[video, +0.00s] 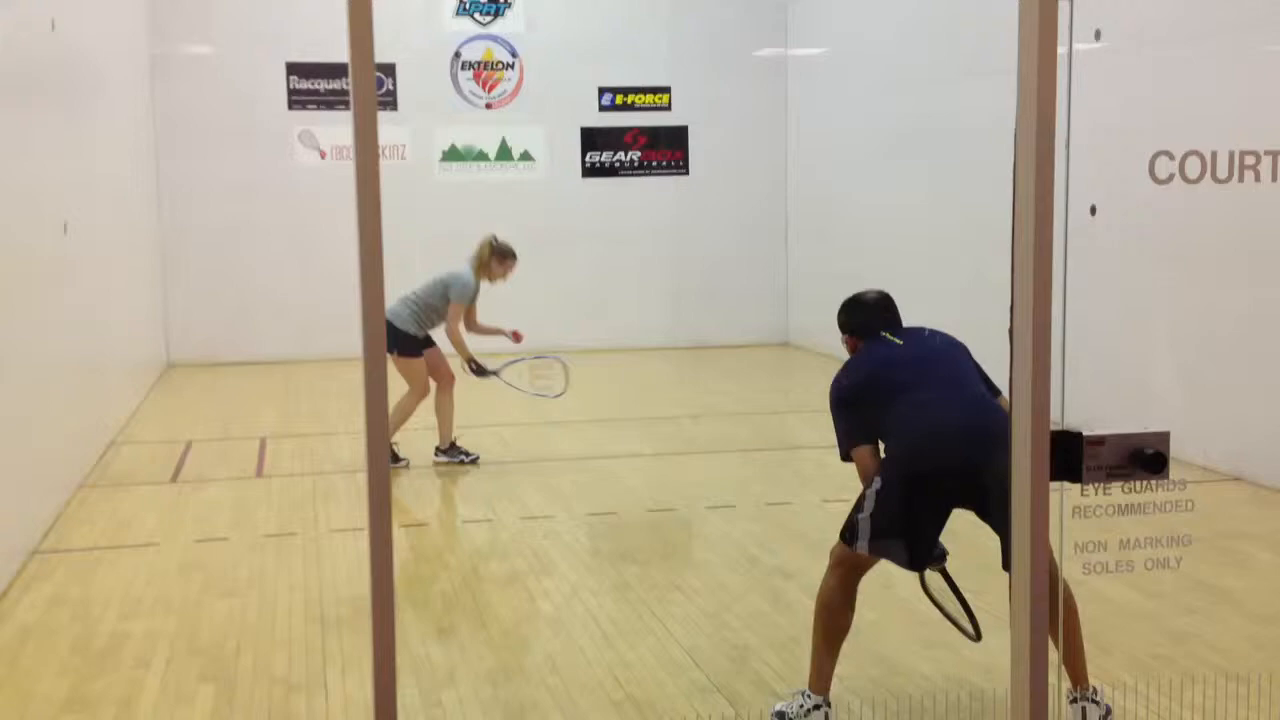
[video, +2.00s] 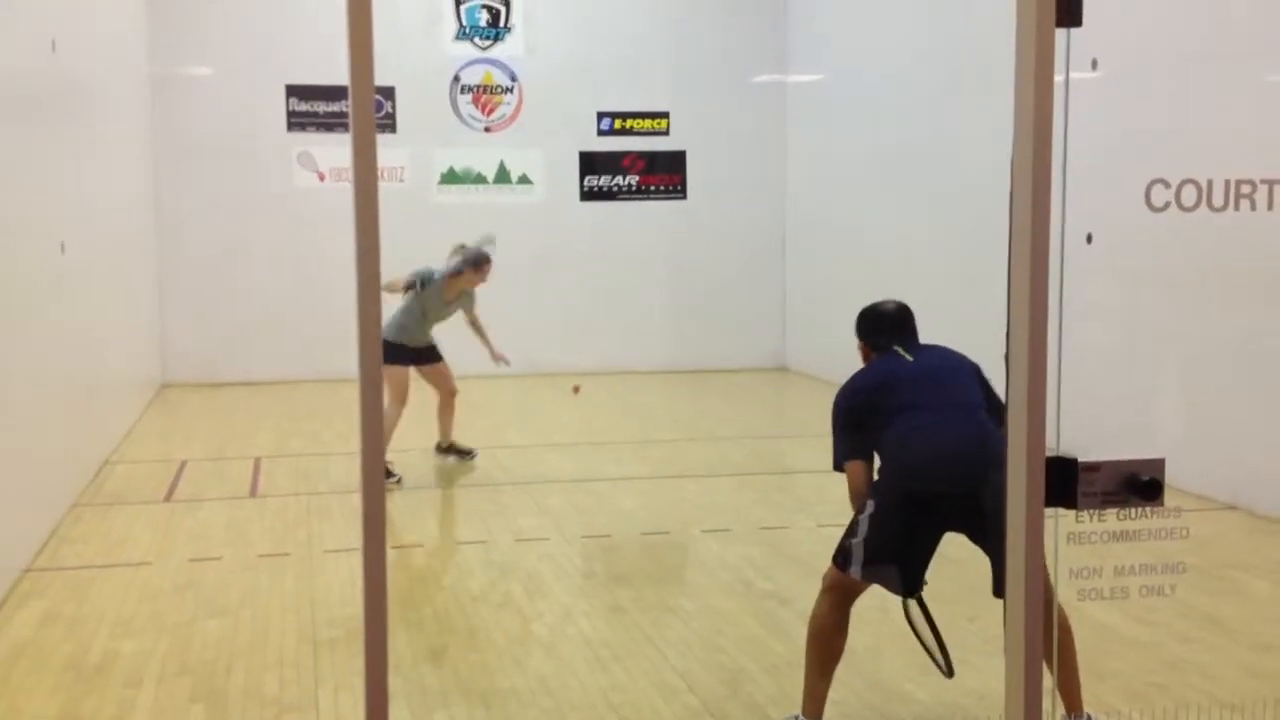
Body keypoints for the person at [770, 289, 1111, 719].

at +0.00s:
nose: (844, 346)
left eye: (844, 340)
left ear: (850, 342)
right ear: (898, 323)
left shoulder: (849, 380)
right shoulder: (943, 342)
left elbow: (870, 471)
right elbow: (1003, 408)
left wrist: (914, 538)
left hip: (919, 462)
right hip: (994, 452)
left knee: (844, 566)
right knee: (1042, 566)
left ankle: (815, 696)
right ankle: (1084, 692)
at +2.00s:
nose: (858, 354)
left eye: (859, 347)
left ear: (865, 349)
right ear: (915, 338)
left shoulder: (857, 389)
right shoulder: (959, 363)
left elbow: (860, 488)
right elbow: (1005, 427)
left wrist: (869, 541)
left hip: (910, 488)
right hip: (988, 484)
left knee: (837, 590)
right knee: (1041, 593)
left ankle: (810, 714)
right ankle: (1077, 712)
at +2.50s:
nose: (925, 342)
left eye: (925, 336)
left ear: (931, 336)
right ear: (982, 331)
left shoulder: (914, 376)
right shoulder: (1021, 362)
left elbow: (886, 470)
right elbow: (1081, 444)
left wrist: (887, 516)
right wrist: (1079, 478)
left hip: (929, 486)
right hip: (1010, 486)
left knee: (870, 597)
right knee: (1064, 592)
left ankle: (817, 713)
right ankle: (1080, 713)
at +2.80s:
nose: (887, 312)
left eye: (887, 306)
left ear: (891, 308)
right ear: (941, 302)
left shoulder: (881, 359)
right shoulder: (988, 346)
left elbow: (861, 454)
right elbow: (1017, 424)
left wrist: (856, 510)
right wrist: (1027, 495)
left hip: (918, 489)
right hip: (996, 489)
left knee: (845, 591)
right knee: (1039, 599)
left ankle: (820, 713)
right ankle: (1075, 713)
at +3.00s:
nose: (848, 305)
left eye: (849, 296)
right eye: (847, 295)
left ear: (864, 295)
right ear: (904, 287)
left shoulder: (870, 348)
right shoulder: (953, 324)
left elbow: (857, 435)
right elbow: (971, 408)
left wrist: (817, 511)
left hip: (920, 488)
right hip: (992, 481)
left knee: (849, 593)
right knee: (985, 594)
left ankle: (825, 713)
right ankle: (1047, 704)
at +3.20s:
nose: (864, 294)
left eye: (871, 284)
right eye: (864, 284)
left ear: (899, 283)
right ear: (914, 279)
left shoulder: (918, 333)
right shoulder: (964, 313)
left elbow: (928, 430)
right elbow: (991, 408)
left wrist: (888, 522)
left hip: (958, 490)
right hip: (1002, 486)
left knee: (893, 602)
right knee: (986, 598)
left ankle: (850, 714)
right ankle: (1049, 703)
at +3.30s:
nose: (874, 294)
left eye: (880, 282)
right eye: (874, 282)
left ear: (911, 280)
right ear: (924, 277)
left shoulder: (934, 332)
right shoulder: (968, 313)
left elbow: (955, 431)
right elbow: (986, 416)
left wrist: (931, 502)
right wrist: (944, 493)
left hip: (974, 484)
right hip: (1008, 481)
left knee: (899, 596)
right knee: (988, 592)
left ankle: (893, 712)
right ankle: (1048, 696)